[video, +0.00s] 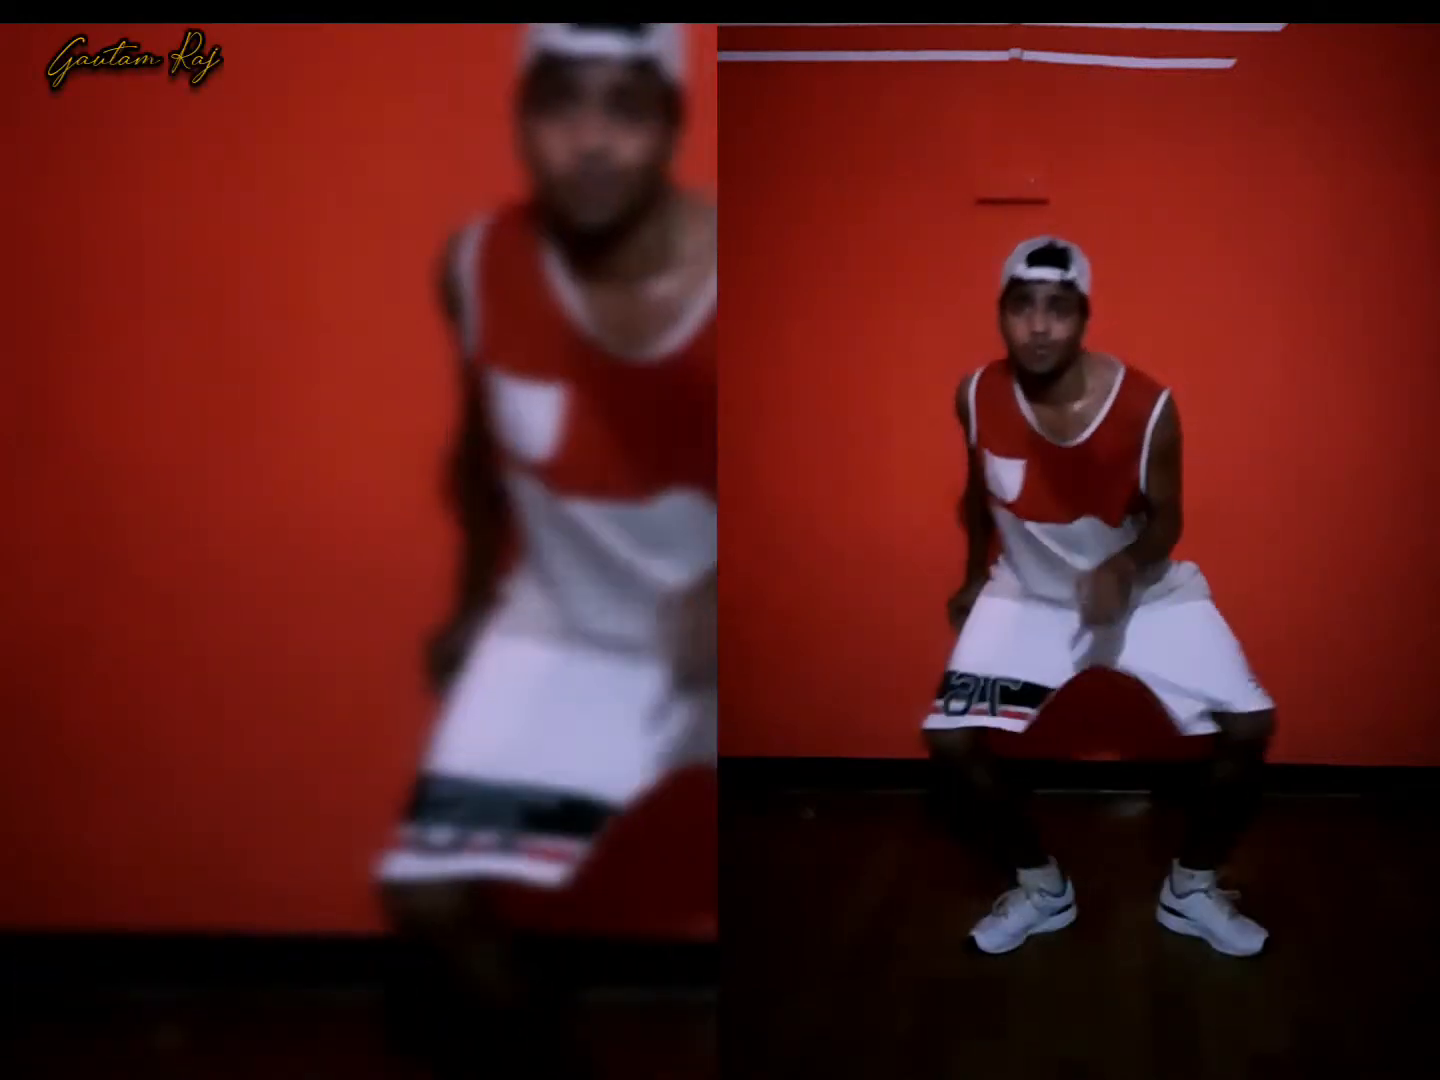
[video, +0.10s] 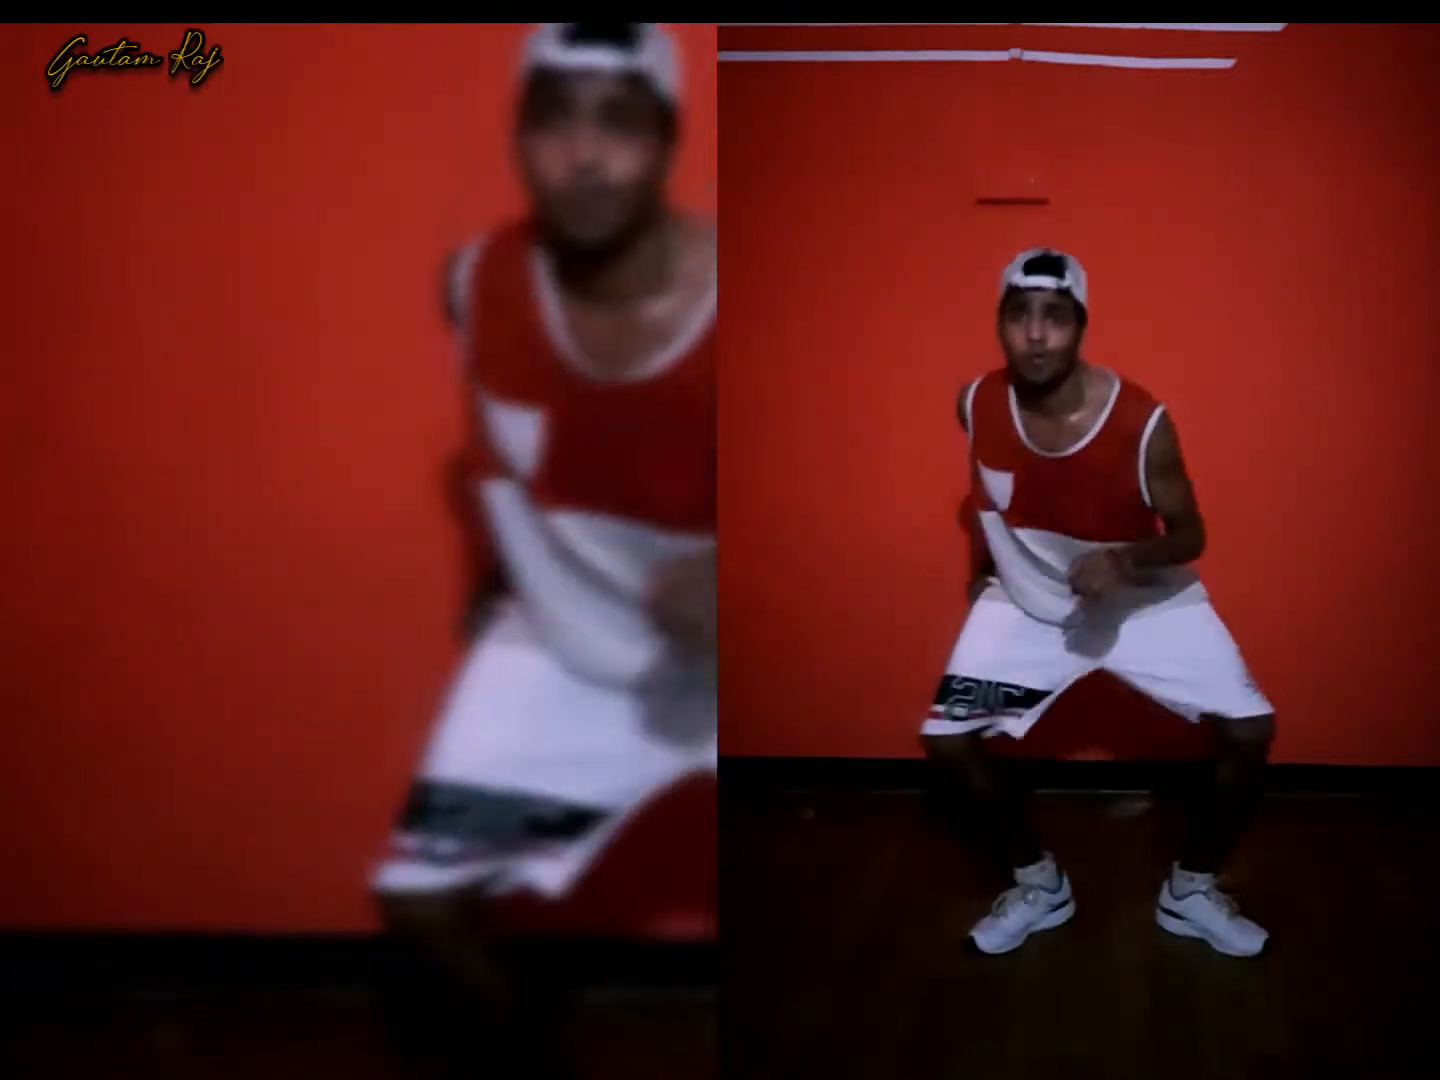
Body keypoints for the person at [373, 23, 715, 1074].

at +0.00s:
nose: (593, 138)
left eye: (628, 109)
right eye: (563, 104)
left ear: (673, 133)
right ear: (523, 127)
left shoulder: (739, 269)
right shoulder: (484, 265)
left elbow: (814, 455)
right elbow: (480, 455)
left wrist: (735, 590)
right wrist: (472, 609)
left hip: (713, 645)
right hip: (552, 638)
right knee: (432, 892)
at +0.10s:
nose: (586, 155)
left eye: (622, 124)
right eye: (556, 121)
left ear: (670, 148)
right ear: (518, 142)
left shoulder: (741, 298)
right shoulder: (487, 279)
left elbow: (821, 477)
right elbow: (487, 462)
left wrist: (736, 572)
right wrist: (493, 598)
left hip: (711, 662)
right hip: (548, 646)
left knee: (789, 910)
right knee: (425, 895)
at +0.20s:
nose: (623, 126)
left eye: (654, 92)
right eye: (591, 96)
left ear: (706, 112)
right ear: (558, 121)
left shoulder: (766, 273)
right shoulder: (492, 254)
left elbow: (813, 501)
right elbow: (507, 408)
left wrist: (701, 653)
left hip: (745, 608)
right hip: (579, 586)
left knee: (779, 885)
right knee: (533, 883)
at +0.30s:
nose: (652, 114)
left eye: (684, 80)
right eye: (619, 81)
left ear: (725, 103)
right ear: (581, 102)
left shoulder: (763, 253)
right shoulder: (493, 230)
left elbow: (758, 508)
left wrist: (686, 700)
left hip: (732, 608)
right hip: (588, 590)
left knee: (743, 882)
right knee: (579, 866)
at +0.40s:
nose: (623, 119)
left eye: (657, 86)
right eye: (593, 84)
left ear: (705, 110)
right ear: (554, 106)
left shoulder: (756, 258)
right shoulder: (479, 217)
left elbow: (787, 481)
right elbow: (521, 383)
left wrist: (702, 659)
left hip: (732, 611)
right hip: (573, 591)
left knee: (765, 909)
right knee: (466, 885)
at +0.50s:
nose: (564, 186)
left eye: (599, 155)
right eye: (536, 153)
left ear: (647, 173)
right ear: (498, 170)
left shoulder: (720, 323)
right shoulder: (466, 280)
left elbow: (788, 491)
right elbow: (459, 438)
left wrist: (727, 599)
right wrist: (469, 524)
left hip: (697, 653)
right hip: (541, 647)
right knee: (405, 912)